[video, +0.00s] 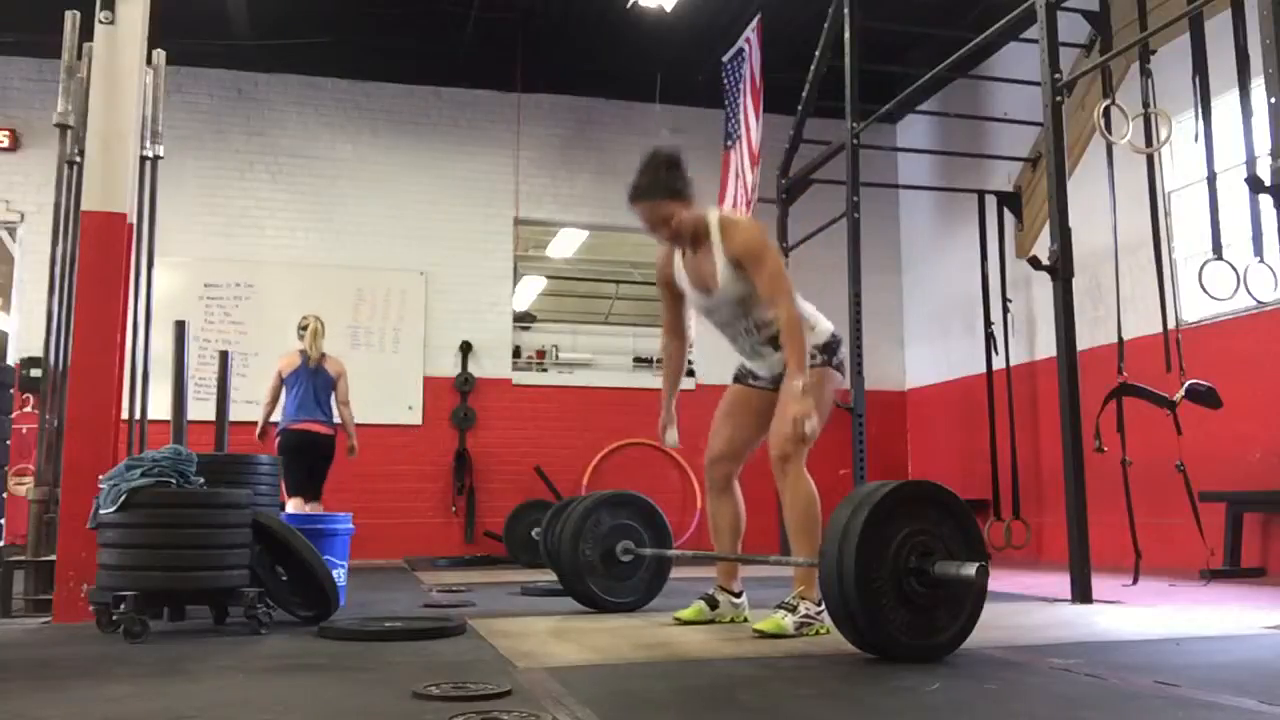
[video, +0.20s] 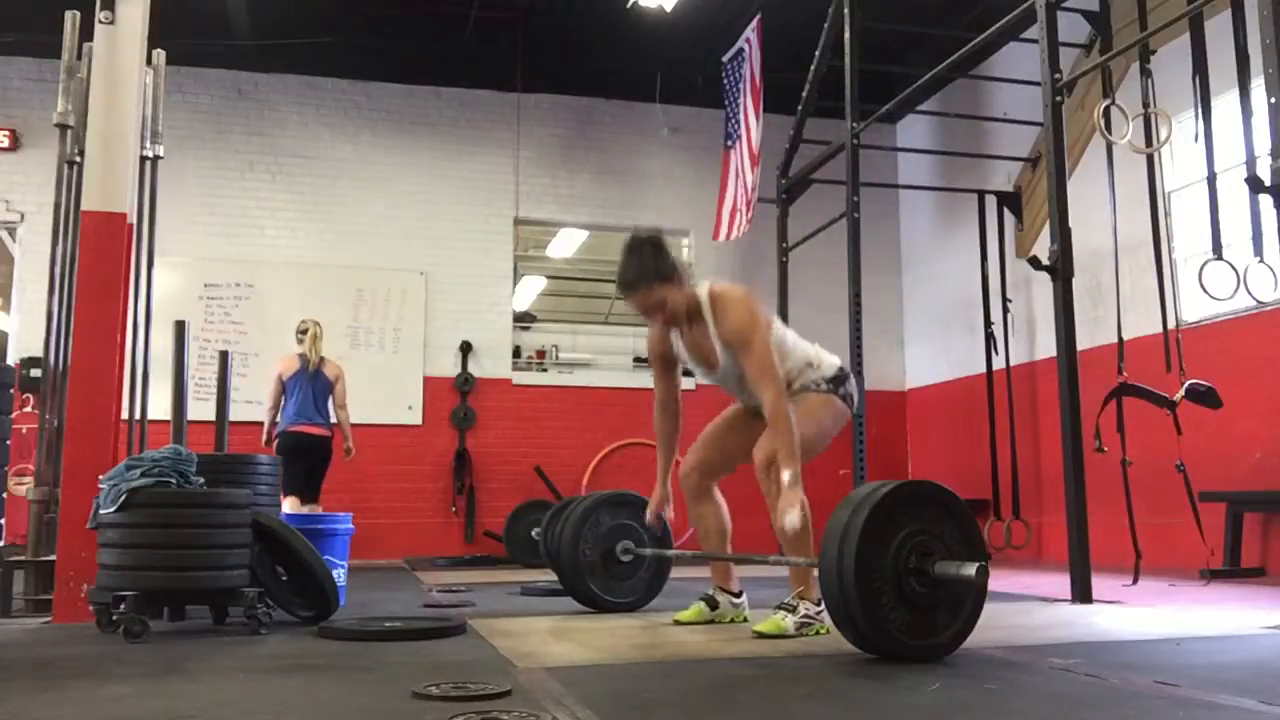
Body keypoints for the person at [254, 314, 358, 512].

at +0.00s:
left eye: (300, 332)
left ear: (299, 334)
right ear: (322, 335)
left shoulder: (286, 363)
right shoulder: (336, 366)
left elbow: (271, 400)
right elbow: (343, 404)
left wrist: (262, 424)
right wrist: (352, 436)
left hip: (293, 437)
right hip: (324, 440)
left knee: (295, 496)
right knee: (314, 497)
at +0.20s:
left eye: (300, 337)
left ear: (297, 338)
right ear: (320, 338)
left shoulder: (285, 365)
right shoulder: (334, 369)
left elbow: (273, 405)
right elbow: (341, 407)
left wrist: (267, 430)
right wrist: (348, 438)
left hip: (291, 439)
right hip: (321, 442)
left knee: (291, 494)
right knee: (313, 497)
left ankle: (292, 538)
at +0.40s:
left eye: (296, 340)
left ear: (296, 340)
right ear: (319, 340)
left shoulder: (285, 366)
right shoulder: (332, 370)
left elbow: (276, 406)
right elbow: (339, 408)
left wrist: (264, 438)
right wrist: (341, 436)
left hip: (291, 442)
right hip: (321, 443)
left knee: (282, 492)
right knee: (311, 495)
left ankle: (292, 538)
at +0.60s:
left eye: (293, 343)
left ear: (293, 343)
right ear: (315, 342)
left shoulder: (284, 369)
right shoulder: (329, 371)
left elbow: (274, 407)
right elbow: (333, 410)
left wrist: (258, 437)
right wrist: (332, 436)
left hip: (287, 442)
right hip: (318, 443)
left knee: (279, 497)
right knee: (309, 497)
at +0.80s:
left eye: (287, 348)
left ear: (287, 348)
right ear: (309, 349)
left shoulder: (275, 374)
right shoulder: (322, 377)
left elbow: (265, 413)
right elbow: (324, 414)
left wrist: (252, 443)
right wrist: (320, 440)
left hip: (281, 446)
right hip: (311, 446)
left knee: (277, 500)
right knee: (306, 499)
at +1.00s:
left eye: (279, 351)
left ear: (278, 351)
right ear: (299, 351)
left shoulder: (265, 376)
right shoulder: (312, 380)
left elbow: (254, 414)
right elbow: (312, 416)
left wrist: (245, 441)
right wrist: (307, 439)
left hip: (269, 448)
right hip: (299, 449)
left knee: (267, 498)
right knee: (299, 497)